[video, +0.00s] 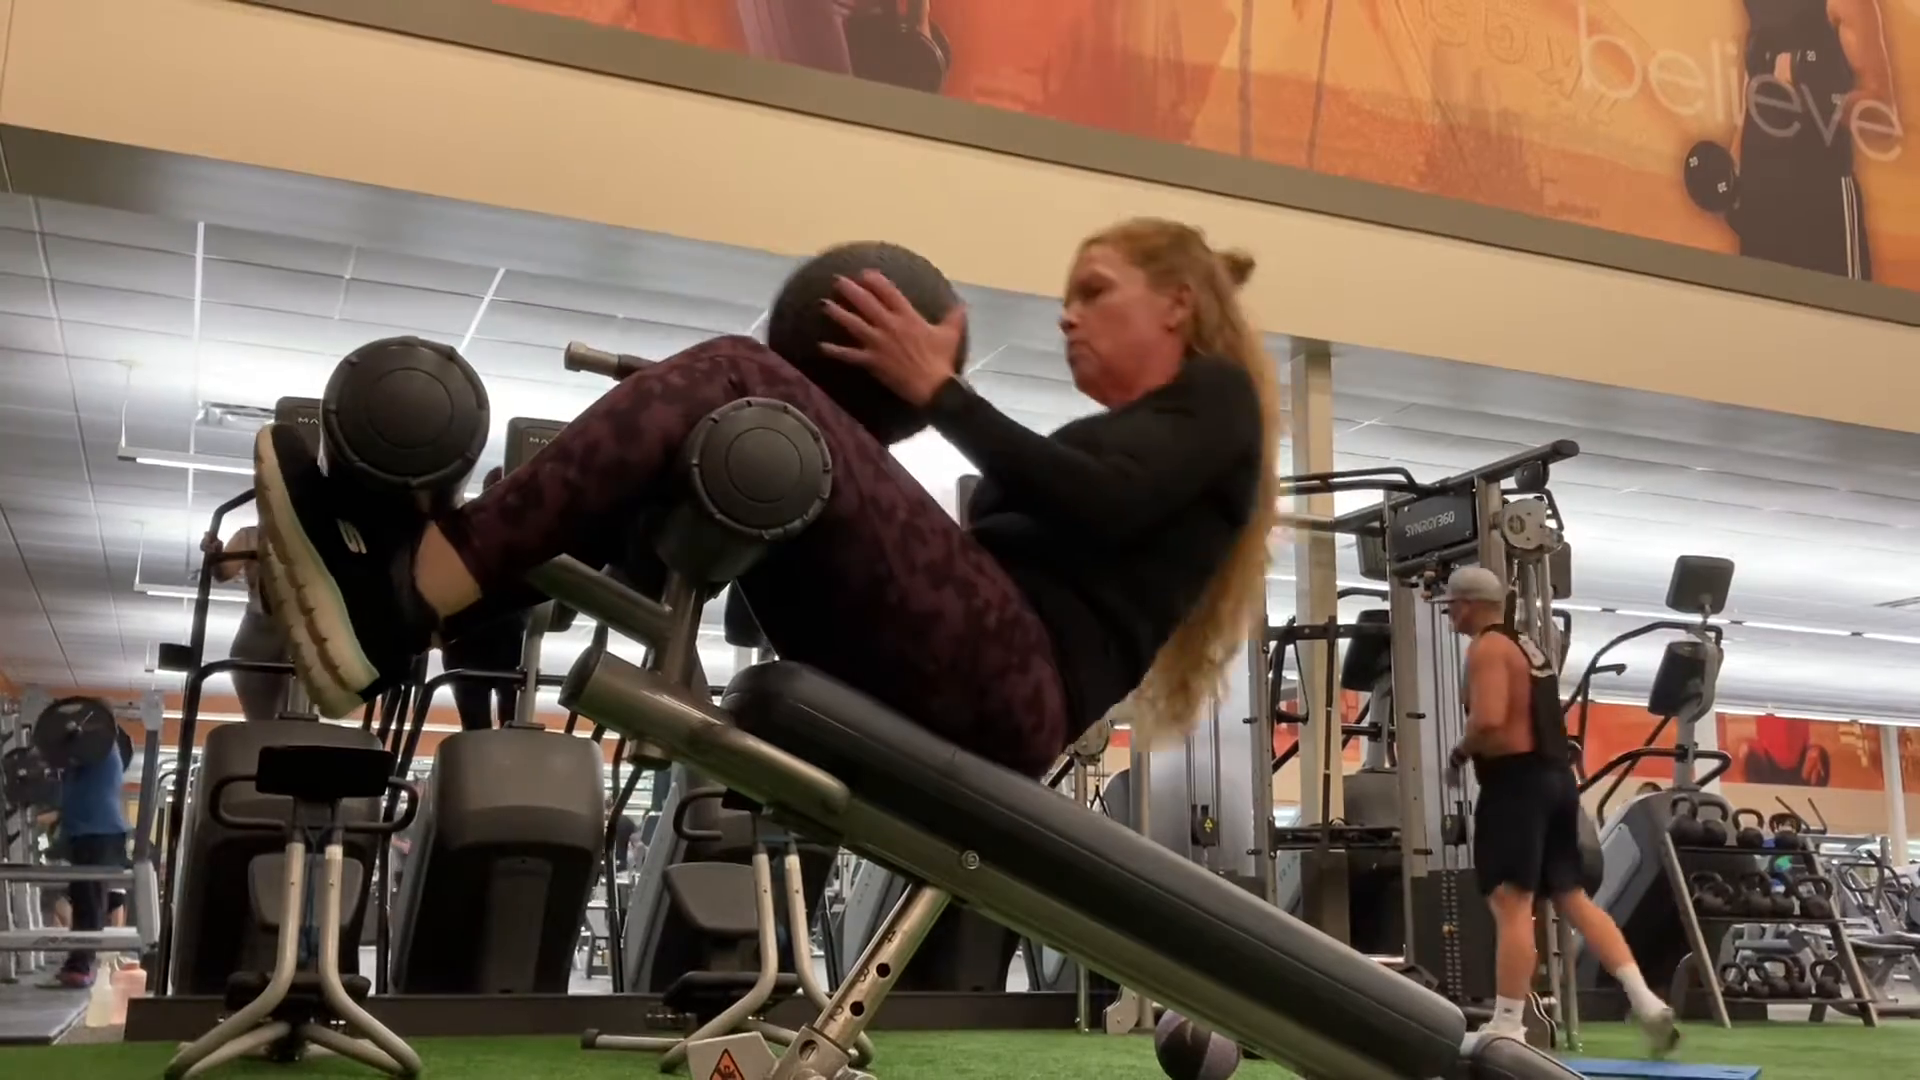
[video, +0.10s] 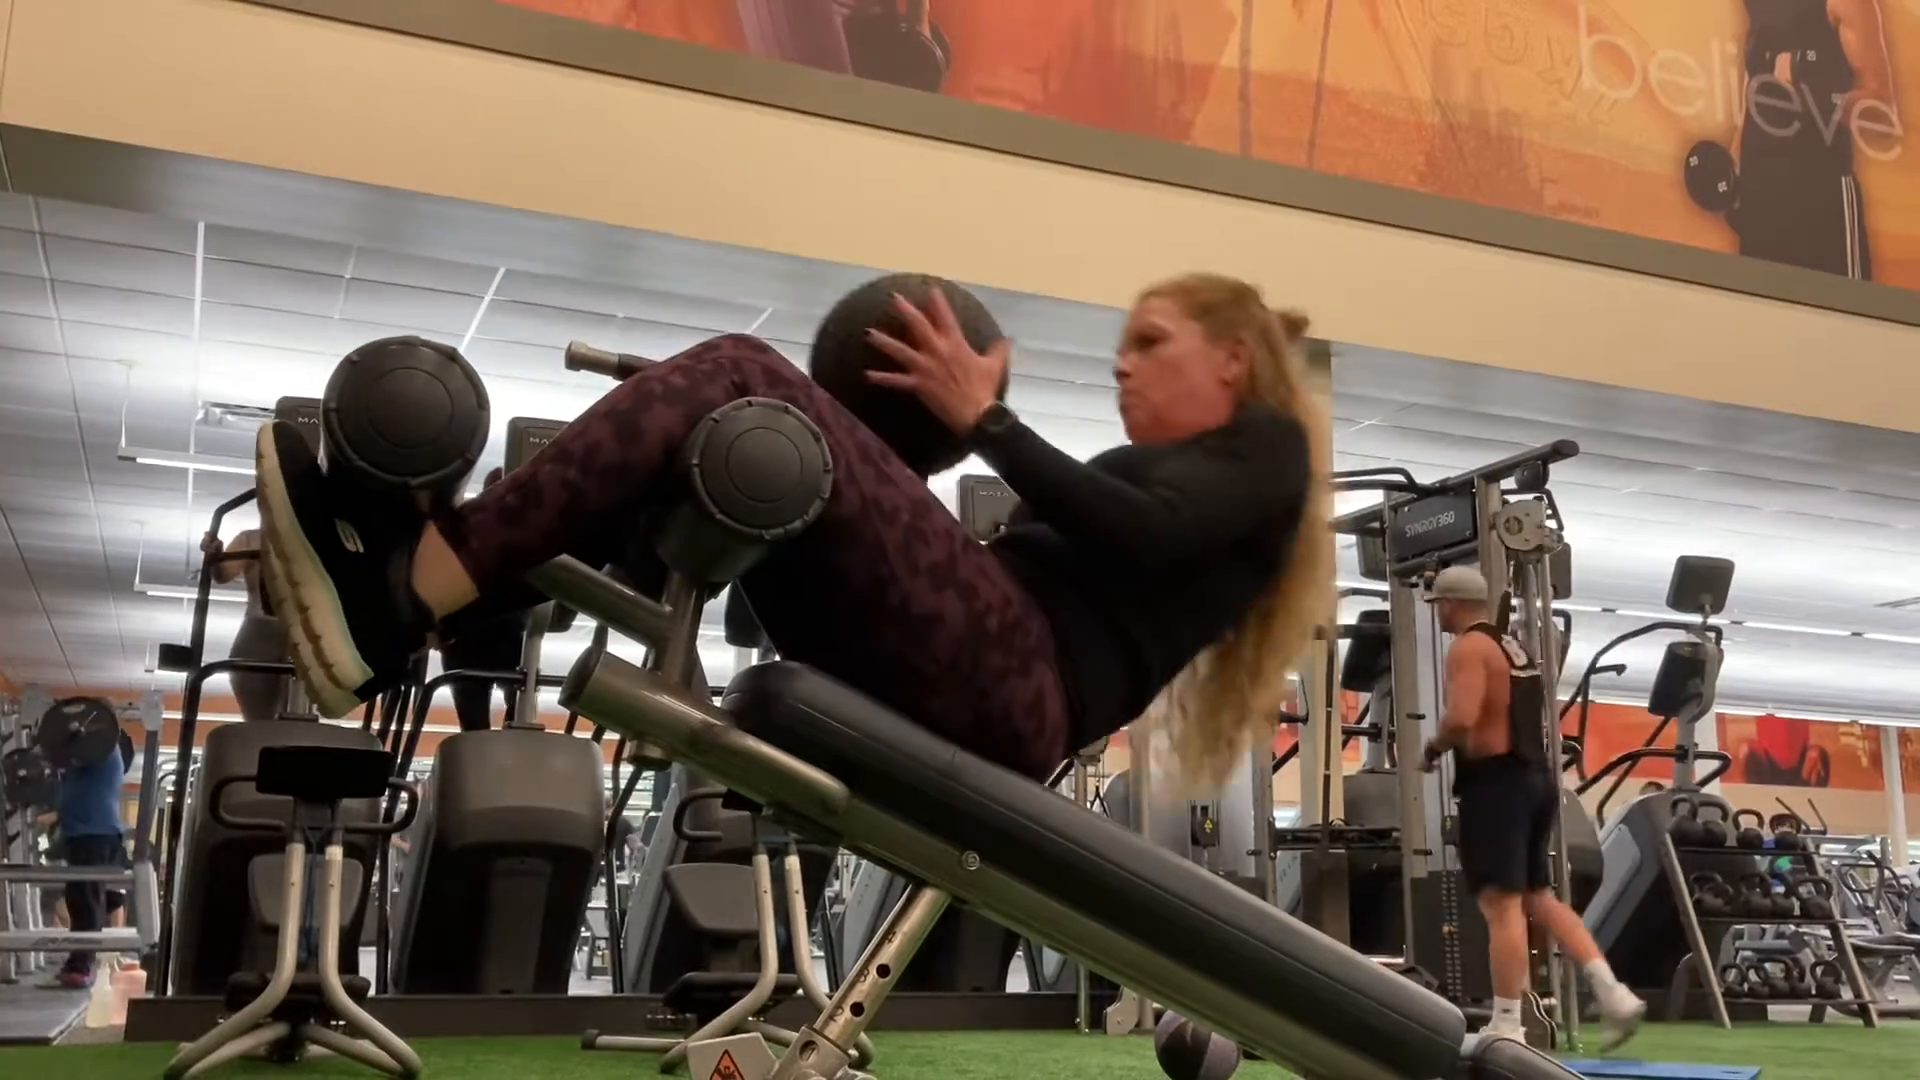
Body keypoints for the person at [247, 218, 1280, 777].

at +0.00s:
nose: (1068, 327)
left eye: (1091, 302)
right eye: (1070, 307)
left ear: (1176, 308)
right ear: (1128, 324)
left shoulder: (1216, 397)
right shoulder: (1121, 432)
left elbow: (1097, 497)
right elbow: (997, 542)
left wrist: (946, 396)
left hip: (1016, 677)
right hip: (958, 659)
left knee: (755, 381)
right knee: (747, 399)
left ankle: (421, 594)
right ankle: (422, 571)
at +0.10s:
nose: (1123, 367)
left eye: (1150, 345)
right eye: (1126, 351)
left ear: (1234, 359)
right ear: (1178, 374)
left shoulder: (1269, 449)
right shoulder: (1145, 478)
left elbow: (1141, 527)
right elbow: (919, 531)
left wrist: (989, 423)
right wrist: (693, 401)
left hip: (1017, 680)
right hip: (953, 651)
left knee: (752, 373)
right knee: (735, 394)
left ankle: (428, 584)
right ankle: (401, 586)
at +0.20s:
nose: (1182, 420)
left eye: (1212, 403)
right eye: (1186, 405)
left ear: (1288, 424)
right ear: (1225, 431)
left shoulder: (1309, 509)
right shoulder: (1210, 523)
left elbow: (1152, 555)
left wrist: (1032, 440)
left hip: (1029, 679)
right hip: (980, 667)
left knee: (747, 381)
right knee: (730, 393)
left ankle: (436, 579)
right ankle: (420, 575)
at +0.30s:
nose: (1239, 477)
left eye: (1269, 468)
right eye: (1247, 464)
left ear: (1341, 506)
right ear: (1258, 494)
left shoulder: (1336, 584)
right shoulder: (1208, 577)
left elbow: (1185, 575)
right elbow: (972, 497)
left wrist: (1072, 446)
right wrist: (1029, 396)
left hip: (1025, 685)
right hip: (964, 673)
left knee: (738, 387)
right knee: (734, 379)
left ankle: (421, 582)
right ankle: (436, 566)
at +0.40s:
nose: (1293, 537)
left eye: (1325, 533)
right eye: (1306, 524)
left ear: (1379, 590)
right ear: (1318, 568)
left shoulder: (1358, 652)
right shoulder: (1266, 648)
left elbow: (1215, 584)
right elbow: (1073, 635)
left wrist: (1128, 442)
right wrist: (1011, 517)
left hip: (1036, 677)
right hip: (996, 657)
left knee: (745, 377)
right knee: (727, 376)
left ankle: (426, 584)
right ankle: (421, 570)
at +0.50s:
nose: (1351, 590)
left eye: (1380, 601)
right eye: (1365, 585)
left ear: (1404, 684)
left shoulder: (1371, 717)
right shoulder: (1263, 694)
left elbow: (1242, 583)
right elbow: (1051, 616)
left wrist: (1193, 441)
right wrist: (1075, 505)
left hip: (1031, 691)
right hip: (1000, 670)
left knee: (748, 385)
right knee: (739, 387)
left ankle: (417, 582)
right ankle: (417, 572)